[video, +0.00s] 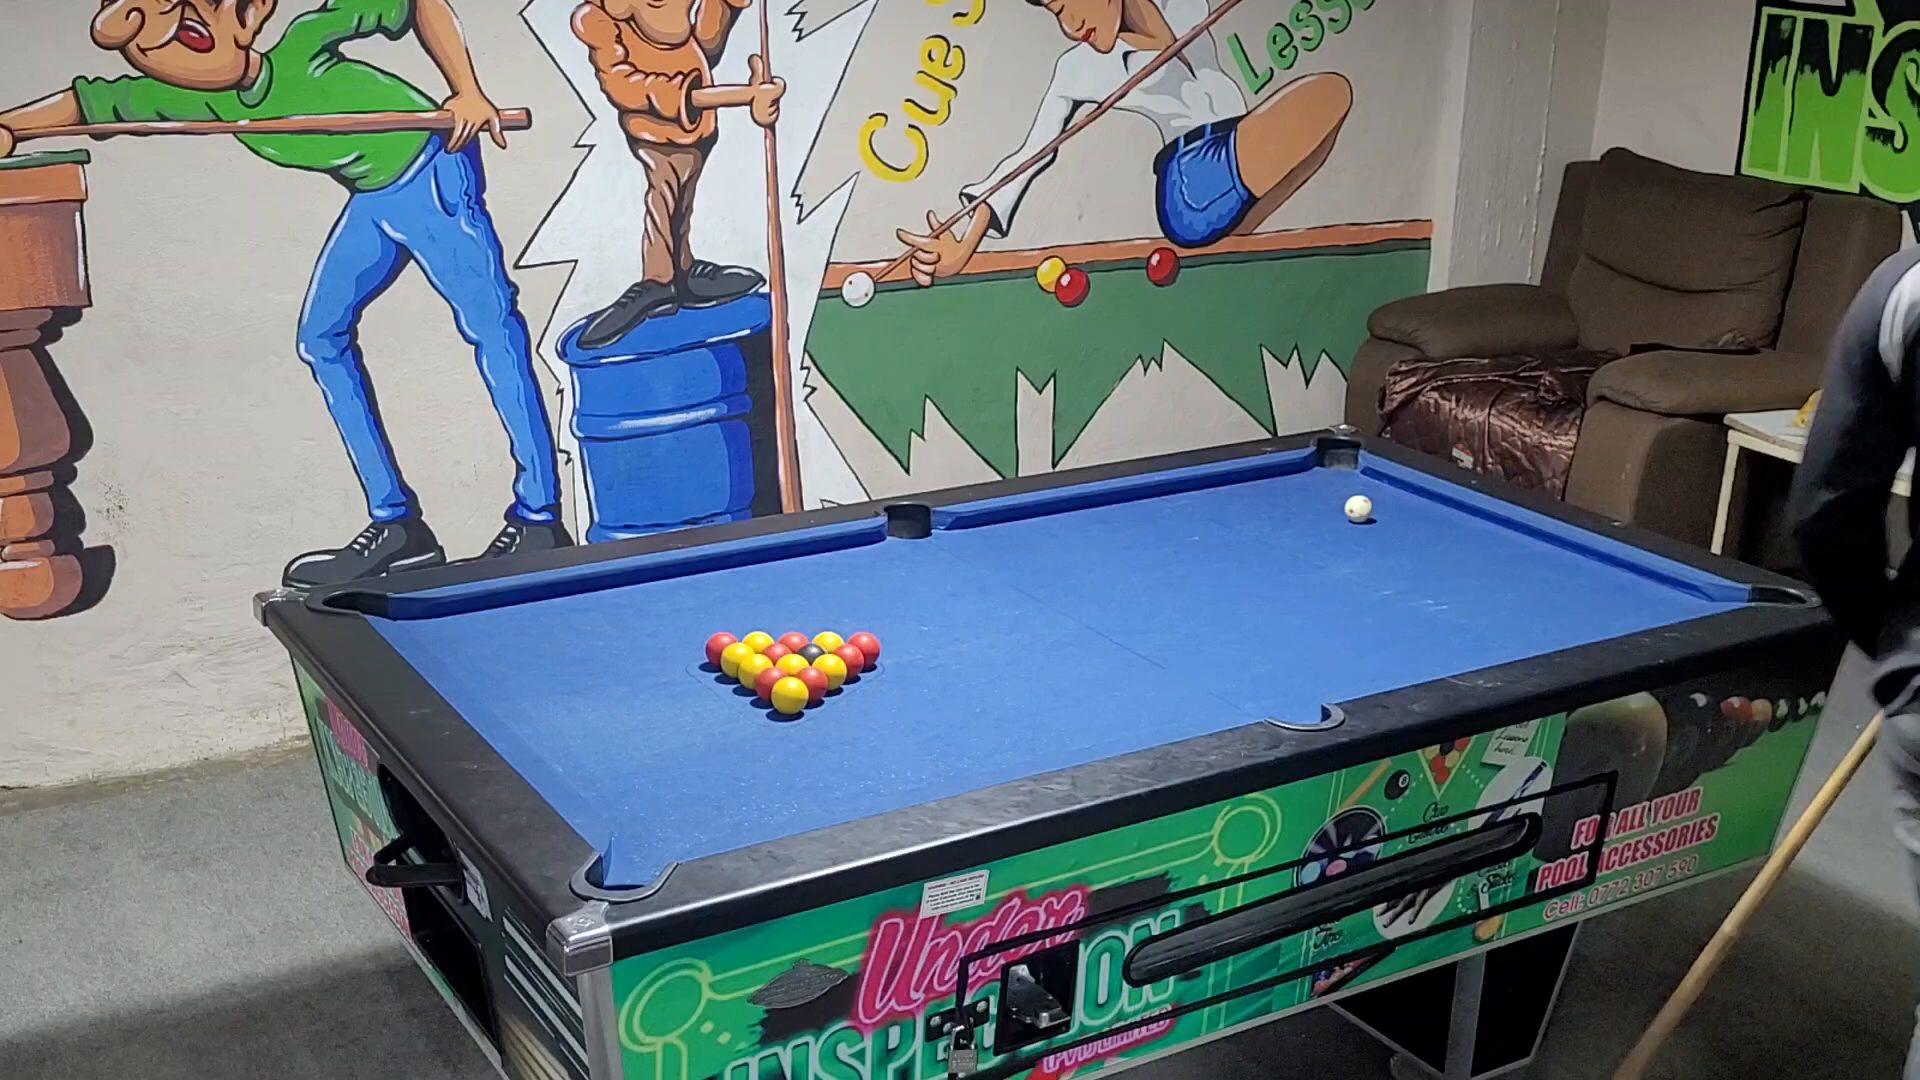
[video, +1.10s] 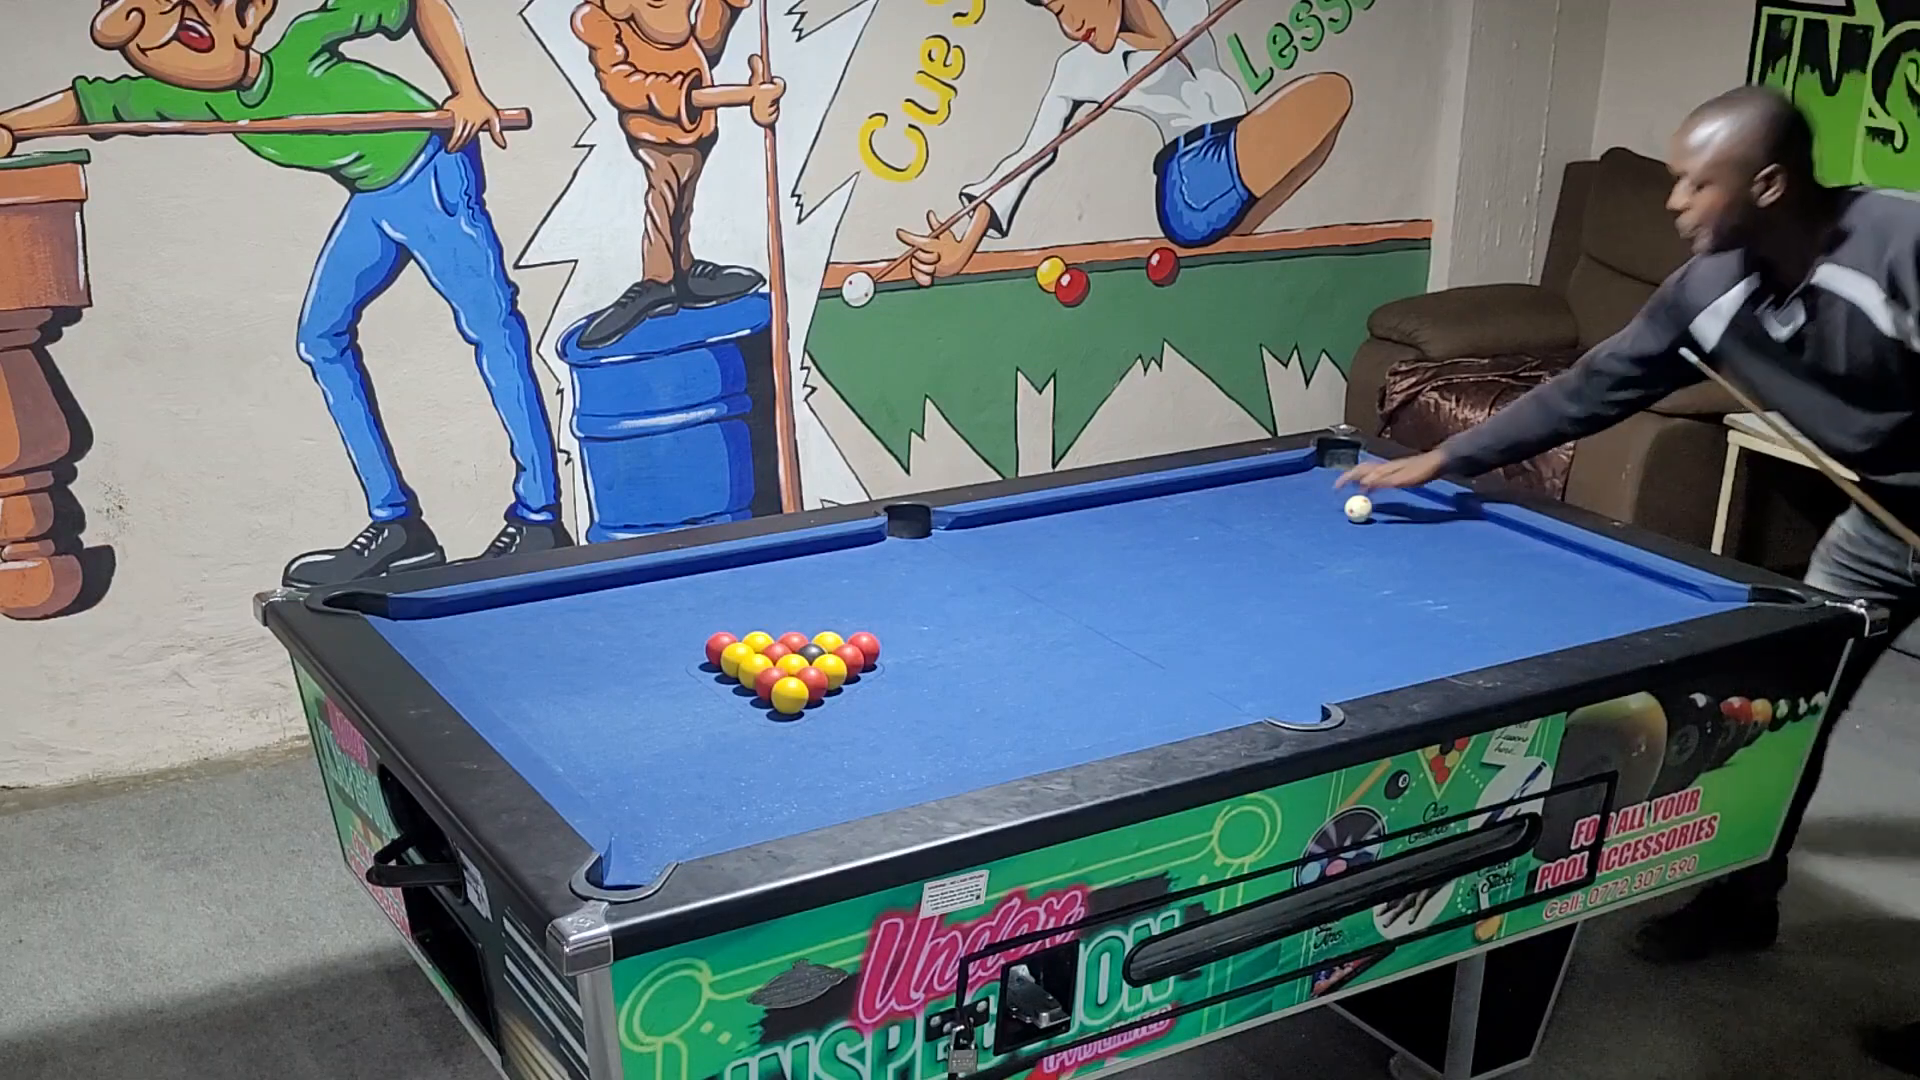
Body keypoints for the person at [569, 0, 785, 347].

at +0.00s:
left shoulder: (699, 6)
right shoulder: (598, 19)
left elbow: (707, 47)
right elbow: (624, 87)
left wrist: (730, 5)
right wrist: (746, 95)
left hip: (694, 89)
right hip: (644, 103)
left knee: (688, 173)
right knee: (665, 173)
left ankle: (682, 269)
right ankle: (657, 280)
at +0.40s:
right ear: (617, 5)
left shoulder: (699, 6)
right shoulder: (598, 20)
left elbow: (707, 47)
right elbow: (624, 87)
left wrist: (730, 5)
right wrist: (746, 95)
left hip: (694, 88)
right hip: (645, 103)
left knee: (688, 173)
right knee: (666, 173)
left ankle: (682, 268)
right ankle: (657, 280)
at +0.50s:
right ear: (617, 5)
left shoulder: (699, 6)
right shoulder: (598, 20)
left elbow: (707, 47)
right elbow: (624, 88)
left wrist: (730, 5)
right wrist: (746, 95)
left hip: (694, 89)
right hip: (645, 103)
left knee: (688, 173)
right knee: (666, 173)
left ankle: (682, 268)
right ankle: (657, 279)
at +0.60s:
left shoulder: (700, 6)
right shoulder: (597, 19)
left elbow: (708, 47)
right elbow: (624, 87)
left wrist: (731, 5)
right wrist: (746, 95)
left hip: (694, 89)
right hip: (644, 102)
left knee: (688, 174)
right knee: (665, 174)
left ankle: (683, 269)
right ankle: (657, 280)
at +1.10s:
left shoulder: (700, 6)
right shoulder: (597, 19)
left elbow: (707, 47)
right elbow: (624, 87)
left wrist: (731, 5)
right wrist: (746, 95)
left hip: (694, 89)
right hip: (644, 102)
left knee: (687, 174)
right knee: (665, 174)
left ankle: (682, 269)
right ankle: (657, 280)